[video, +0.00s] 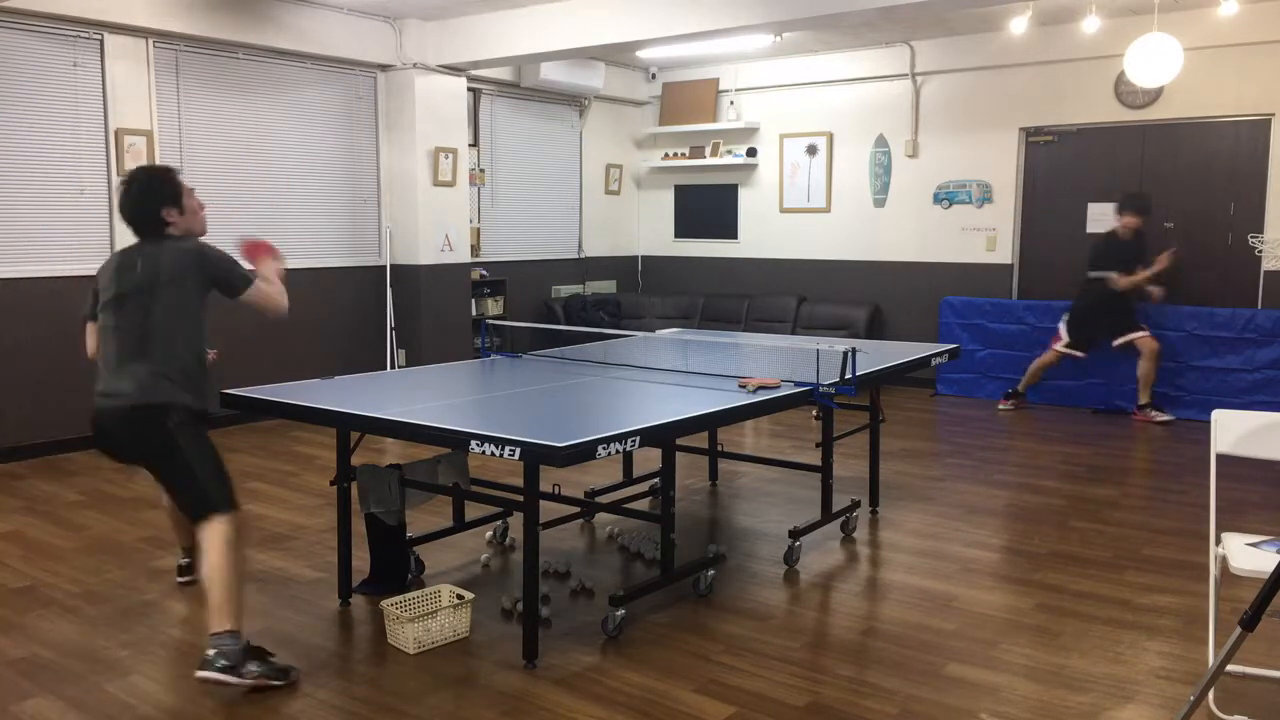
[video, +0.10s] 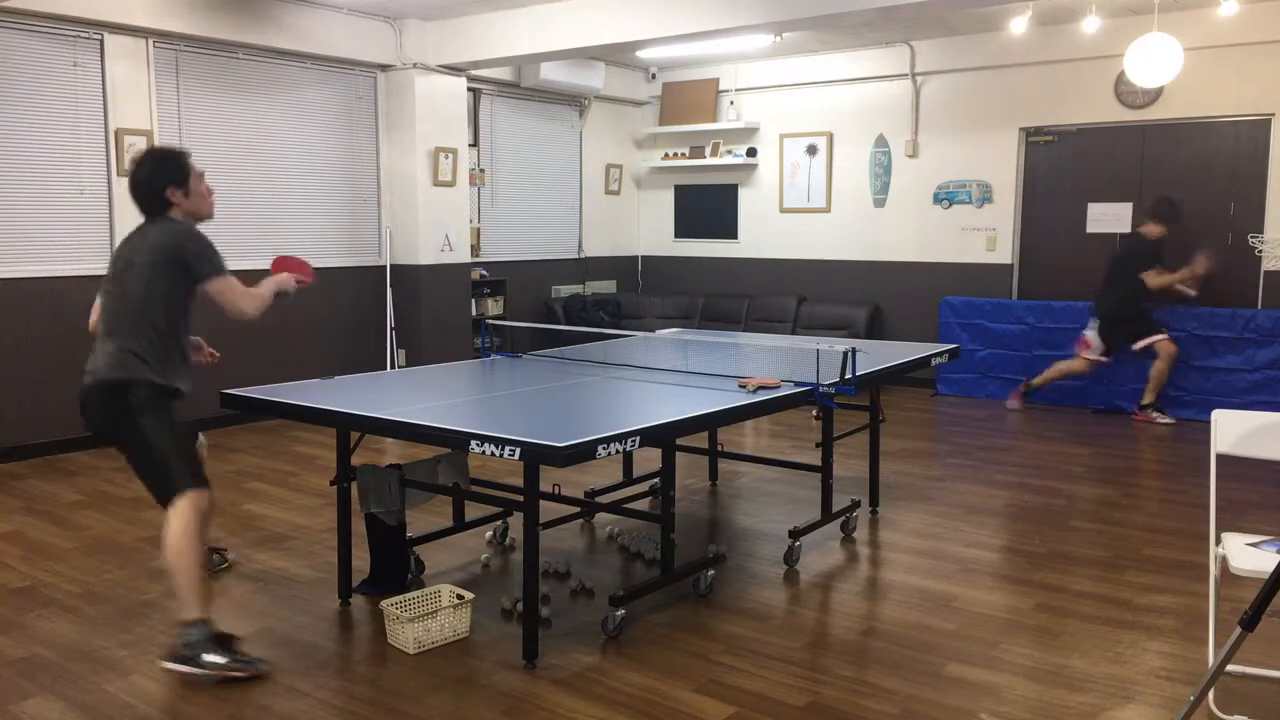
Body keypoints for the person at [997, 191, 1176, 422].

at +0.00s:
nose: (1133, 222)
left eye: (1137, 217)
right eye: (1129, 216)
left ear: (1143, 221)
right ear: (1119, 217)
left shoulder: (1138, 242)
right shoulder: (1104, 244)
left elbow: (1132, 276)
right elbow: (1118, 284)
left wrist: (1147, 288)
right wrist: (1154, 269)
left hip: (1117, 310)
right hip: (1088, 311)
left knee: (1150, 347)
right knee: (1052, 357)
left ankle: (1143, 407)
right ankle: (1017, 393)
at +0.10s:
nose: (1164, 232)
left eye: (1167, 228)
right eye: (1164, 227)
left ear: (1154, 222)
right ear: (1157, 223)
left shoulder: (1150, 244)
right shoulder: (1136, 245)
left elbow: (1155, 279)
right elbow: (1154, 281)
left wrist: (1182, 287)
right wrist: (1188, 271)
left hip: (1133, 313)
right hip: (1109, 313)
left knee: (1167, 351)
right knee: (1084, 364)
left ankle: (1147, 407)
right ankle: (1028, 387)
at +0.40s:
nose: (1217, 186)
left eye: (1218, 181)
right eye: (1214, 180)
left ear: (1195, 178)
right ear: (1200, 178)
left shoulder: (1176, 199)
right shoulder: (1183, 207)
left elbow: (1146, 214)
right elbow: (1157, 248)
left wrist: (1175, 231)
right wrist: (1149, 287)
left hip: (1165, 278)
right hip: (1172, 278)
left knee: (1168, 340)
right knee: (1221, 299)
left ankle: (1150, 399)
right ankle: (1185, 350)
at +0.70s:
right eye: (1217, 167)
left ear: (1190, 171)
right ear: (1219, 170)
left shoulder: (1176, 202)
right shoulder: (1226, 202)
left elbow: (1170, 242)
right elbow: (1227, 242)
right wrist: (1232, 278)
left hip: (1186, 288)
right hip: (1217, 288)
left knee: (1195, 347)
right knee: (1227, 347)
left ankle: (1199, 411)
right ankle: (1234, 408)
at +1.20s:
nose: (1203, 190)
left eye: (1211, 184)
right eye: (1201, 185)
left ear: (1226, 190)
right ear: (1198, 189)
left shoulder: (1238, 215)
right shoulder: (1211, 226)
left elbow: (1255, 249)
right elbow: (1229, 259)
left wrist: (1214, 268)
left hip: (1250, 294)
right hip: (1233, 296)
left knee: (1215, 350)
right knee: (1237, 360)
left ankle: (1214, 415)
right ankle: (1268, 412)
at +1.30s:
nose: (1207, 187)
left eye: (1214, 181)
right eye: (1204, 181)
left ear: (1230, 186)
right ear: (1201, 186)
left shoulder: (1243, 213)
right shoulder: (1210, 223)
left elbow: (1271, 243)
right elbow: (1223, 259)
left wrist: (1228, 266)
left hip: (1255, 293)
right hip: (1235, 294)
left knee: (1216, 350)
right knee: (1240, 361)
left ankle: (1218, 415)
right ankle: (1269, 414)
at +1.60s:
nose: (1213, 204)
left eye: (1220, 198)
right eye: (1209, 198)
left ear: (1234, 202)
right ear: (1205, 202)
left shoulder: (1252, 229)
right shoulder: (1204, 237)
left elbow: (1276, 262)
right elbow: (1197, 281)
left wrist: (1263, 296)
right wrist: (1228, 284)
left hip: (1249, 306)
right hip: (1223, 304)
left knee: (1206, 361)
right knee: (1203, 364)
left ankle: (1234, 418)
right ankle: (1237, 416)